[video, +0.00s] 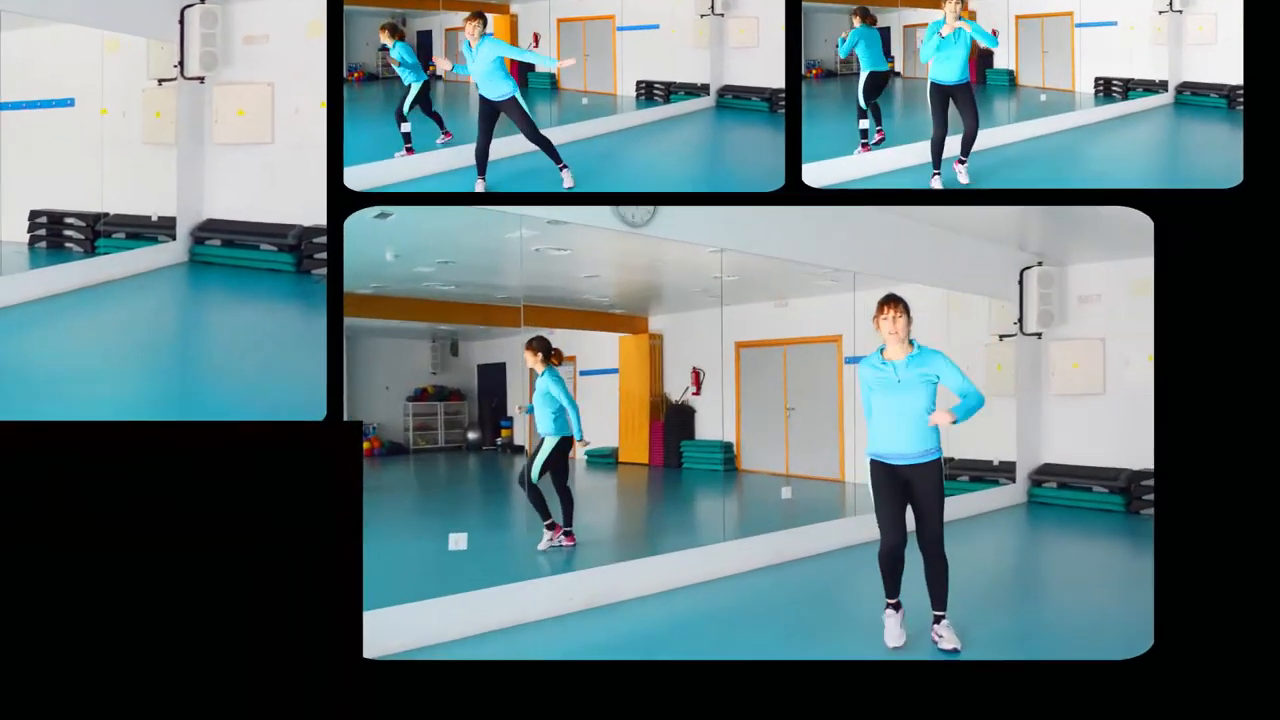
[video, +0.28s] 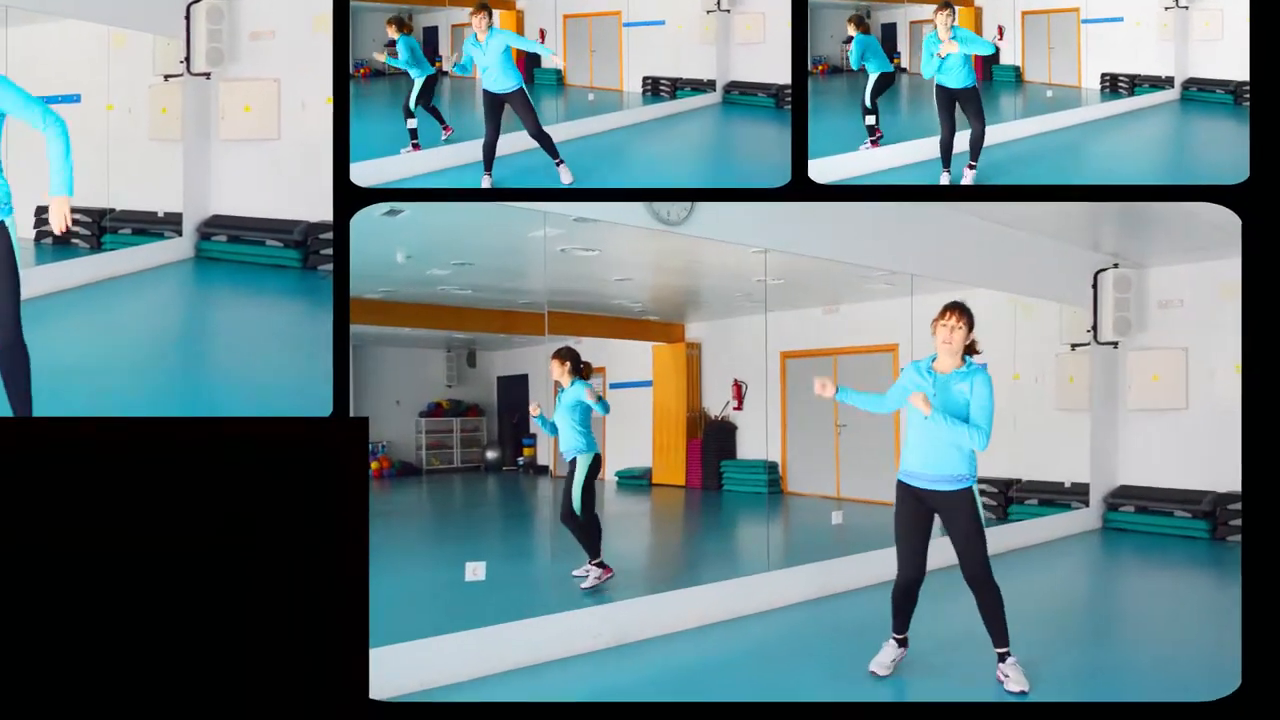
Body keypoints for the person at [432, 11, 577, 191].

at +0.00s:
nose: (472, 29)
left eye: (477, 26)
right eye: (470, 24)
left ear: (483, 30)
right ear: (465, 26)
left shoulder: (493, 45)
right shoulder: (465, 47)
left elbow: (522, 54)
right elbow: (473, 70)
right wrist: (451, 67)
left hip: (508, 97)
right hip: (486, 99)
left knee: (532, 135)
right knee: (483, 141)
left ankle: (563, 169)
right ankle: (480, 180)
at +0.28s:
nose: (479, 21)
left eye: (483, 17)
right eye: (476, 17)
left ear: (490, 20)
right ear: (471, 20)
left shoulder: (502, 36)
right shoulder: (469, 43)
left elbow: (529, 45)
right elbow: (466, 69)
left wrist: (551, 54)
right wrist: (454, 66)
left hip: (514, 89)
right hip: (490, 92)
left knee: (535, 131)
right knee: (491, 136)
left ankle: (560, 164)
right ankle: (487, 176)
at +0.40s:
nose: (483, 18)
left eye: (486, 14)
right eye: (479, 14)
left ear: (492, 16)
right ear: (473, 17)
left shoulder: (504, 31)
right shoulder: (469, 40)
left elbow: (534, 37)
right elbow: (456, 69)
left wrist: (518, 47)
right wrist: (470, 61)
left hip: (513, 87)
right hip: (489, 90)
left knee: (528, 130)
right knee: (493, 133)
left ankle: (531, 164)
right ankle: (488, 175)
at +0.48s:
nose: (488, 16)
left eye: (492, 12)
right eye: (484, 12)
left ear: (496, 14)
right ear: (478, 15)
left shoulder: (506, 29)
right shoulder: (474, 40)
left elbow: (538, 37)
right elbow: (466, 72)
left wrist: (506, 43)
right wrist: (485, 59)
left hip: (515, 86)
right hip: (492, 88)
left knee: (520, 129)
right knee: (497, 131)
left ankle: (517, 167)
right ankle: (492, 173)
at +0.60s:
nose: (508, 6)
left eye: (511, 2)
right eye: (503, 3)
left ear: (516, 4)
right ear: (498, 6)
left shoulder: (526, 19)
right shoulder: (494, 30)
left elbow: (554, 26)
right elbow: (491, 63)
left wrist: (521, 31)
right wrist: (506, 48)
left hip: (533, 78)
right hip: (510, 79)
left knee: (536, 123)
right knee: (515, 122)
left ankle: (530, 157)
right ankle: (511, 160)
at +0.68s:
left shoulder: (548, 5)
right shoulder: (514, 13)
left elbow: (578, 10)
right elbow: (508, 46)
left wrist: (551, 17)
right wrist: (513, 36)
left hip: (554, 61)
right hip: (531, 63)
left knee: (567, 105)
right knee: (536, 108)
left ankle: (563, 142)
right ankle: (533, 149)